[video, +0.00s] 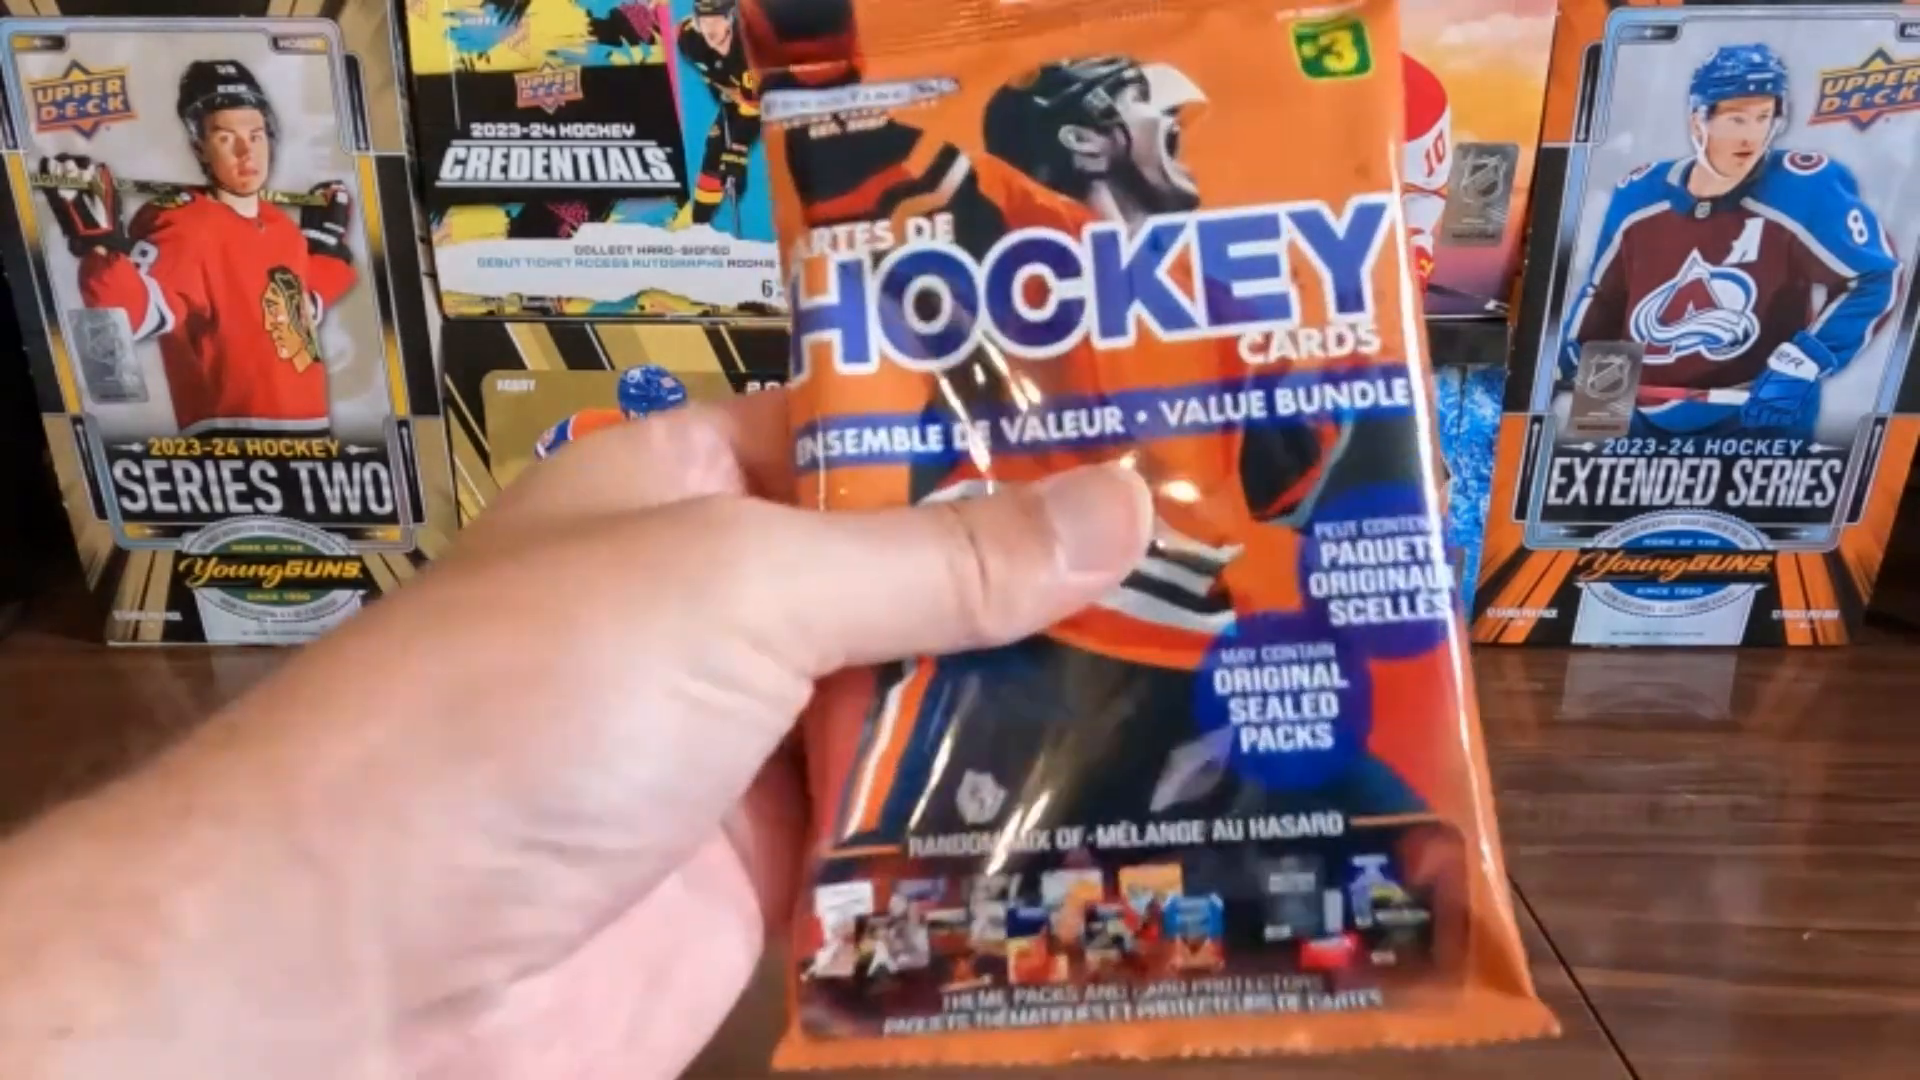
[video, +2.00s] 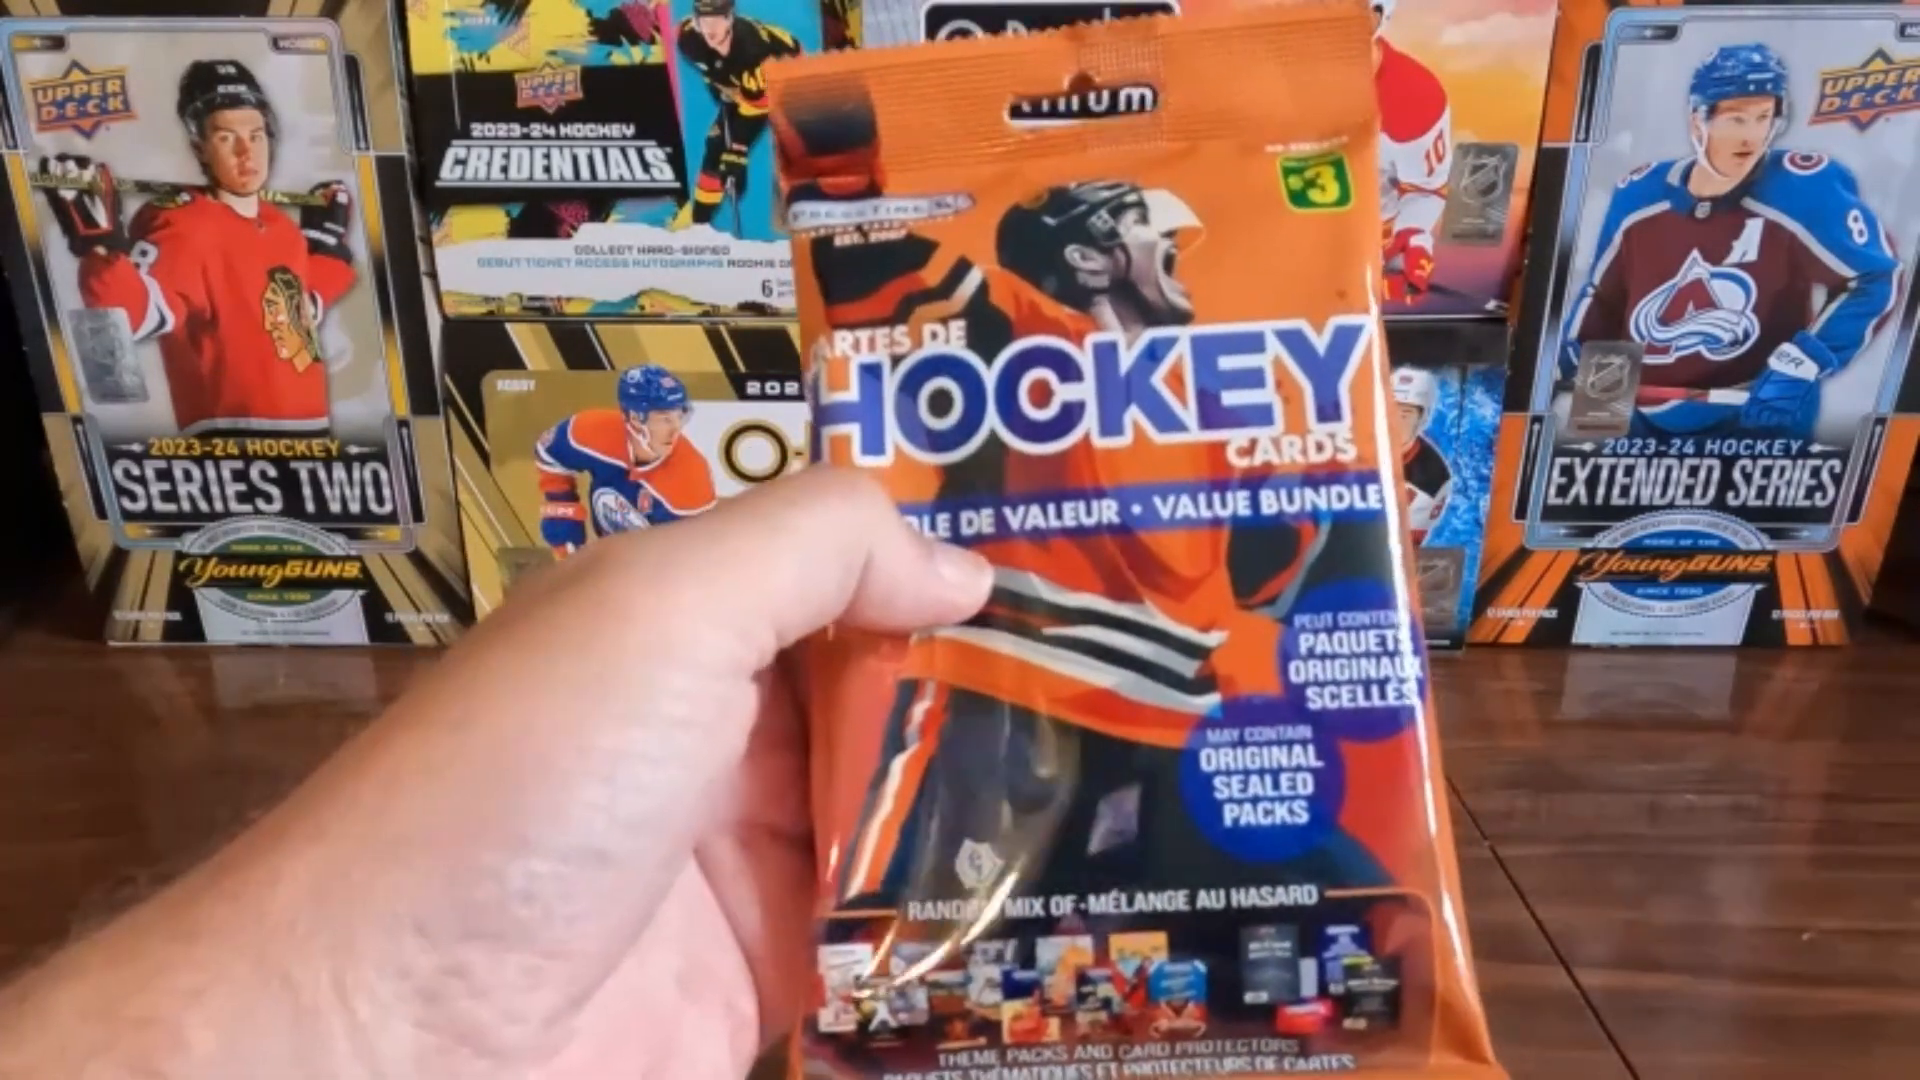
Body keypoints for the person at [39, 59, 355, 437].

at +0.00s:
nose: (247, 152)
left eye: (256, 135)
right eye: (227, 139)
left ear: (270, 139)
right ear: (201, 150)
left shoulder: (283, 227)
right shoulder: (184, 227)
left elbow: (300, 305)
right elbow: (137, 316)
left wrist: (335, 253)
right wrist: (100, 249)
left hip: (307, 433)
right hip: (229, 441)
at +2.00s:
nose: (247, 152)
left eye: (256, 135)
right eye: (227, 138)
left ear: (270, 140)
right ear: (201, 149)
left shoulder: (282, 228)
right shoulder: (184, 226)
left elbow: (301, 306)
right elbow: (141, 315)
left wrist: (334, 251)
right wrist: (101, 250)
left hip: (307, 432)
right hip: (230, 439)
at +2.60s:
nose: (247, 153)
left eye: (256, 135)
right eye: (227, 139)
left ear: (270, 139)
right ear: (200, 150)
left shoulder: (283, 227)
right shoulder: (183, 226)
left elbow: (302, 306)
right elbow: (143, 314)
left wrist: (334, 251)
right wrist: (100, 250)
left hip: (307, 432)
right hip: (230, 438)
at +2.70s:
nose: (247, 152)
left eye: (256, 135)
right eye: (228, 139)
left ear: (270, 140)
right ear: (201, 150)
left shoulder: (282, 227)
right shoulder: (184, 226)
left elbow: (303, 305)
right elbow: (141, 315)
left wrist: (334, 250)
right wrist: (100, 250)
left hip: (307, 433)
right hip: (230, 440)